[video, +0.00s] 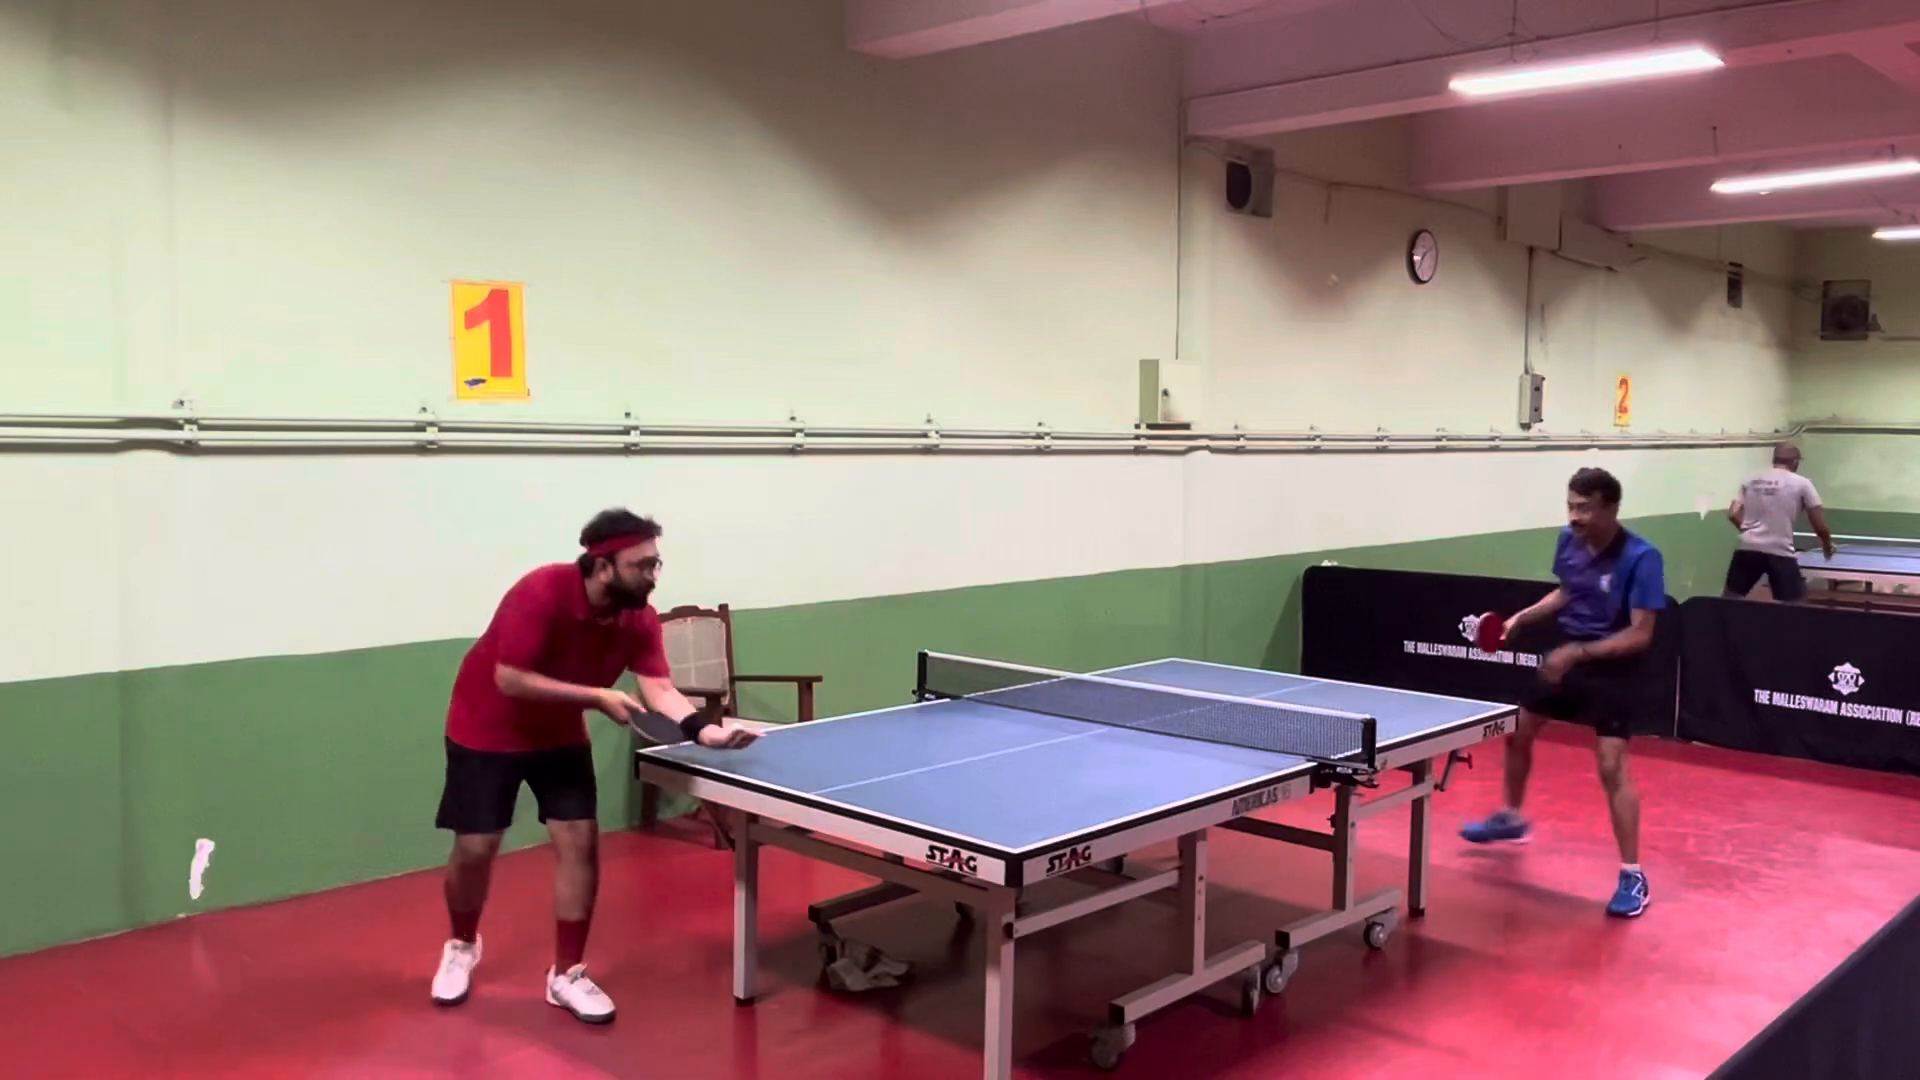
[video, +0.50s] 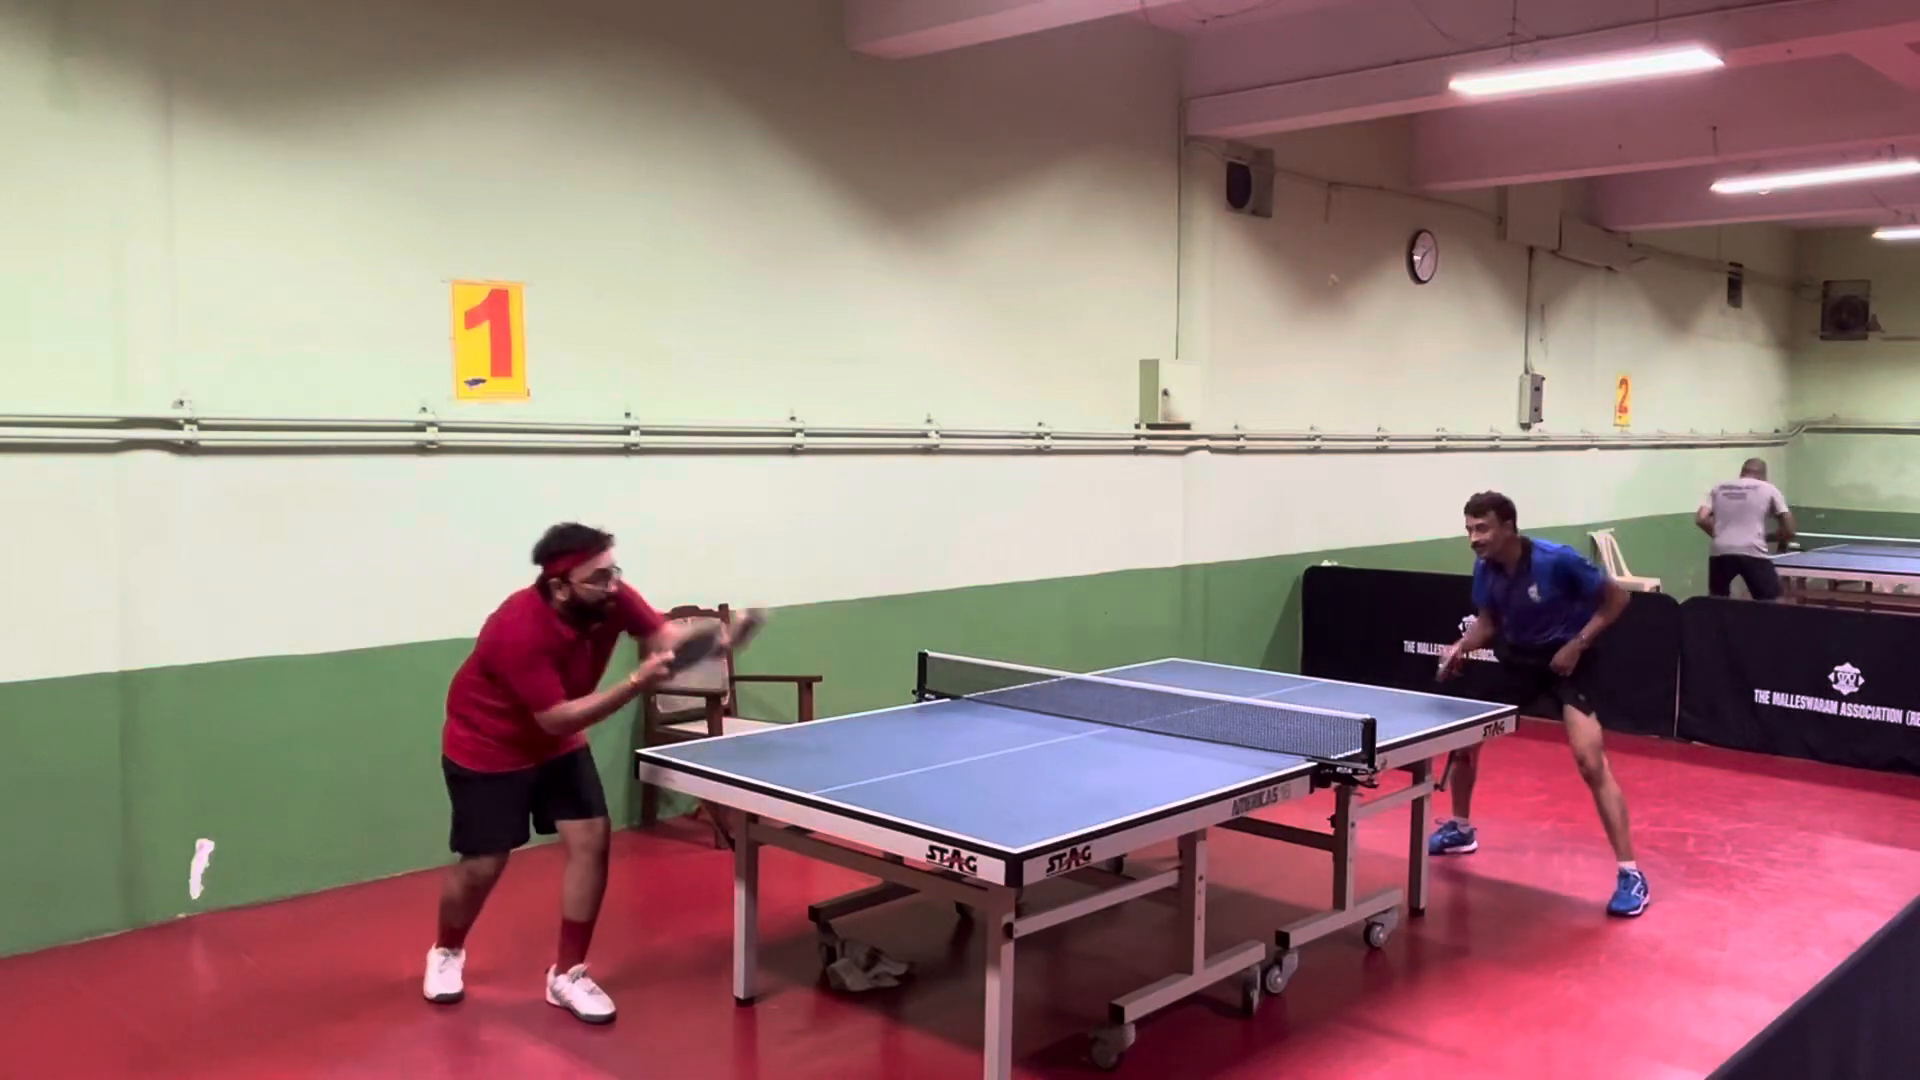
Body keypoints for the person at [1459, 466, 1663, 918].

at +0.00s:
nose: (1574, 517)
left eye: (1583, 509)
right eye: (1571, 508)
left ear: (1611, 510)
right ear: (1570, 506)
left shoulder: (1642, 559)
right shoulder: (1569, 543)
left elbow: (1641, 634)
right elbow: (1566, 593)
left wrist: (1575, 651)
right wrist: (1518, 620)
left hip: (1618, 662)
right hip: (1571, 654)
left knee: (1611, 765)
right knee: (1520, 727)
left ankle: (1631, 875)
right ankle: (1510, 815)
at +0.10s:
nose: (1551, 522)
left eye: (1559, 513)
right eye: (1547, 513)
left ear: (1587, 513)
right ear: (1544, 512)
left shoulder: (1622, 562)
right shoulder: (1546, 547)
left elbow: (1642, 632)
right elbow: (1541, 600)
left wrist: (1591, 669)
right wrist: (1498, 630)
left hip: (1604, 664)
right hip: (1554, 658)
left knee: (1602, 764)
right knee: (1515, 741)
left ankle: (1631, 875)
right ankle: (1475, 822)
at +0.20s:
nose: (1524, 526)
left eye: (1533, 518)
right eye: (1520, 518)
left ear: (1559, 518)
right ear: (1518, 518)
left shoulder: (1596, 562)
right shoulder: (1518, 558)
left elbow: (1636, 627)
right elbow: (1518, 612)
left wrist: (1592, 672)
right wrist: (1478, 642)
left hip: (1583, 667)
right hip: (1532, 665)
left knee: (1591, 765)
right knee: (1485, 744)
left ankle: (1629, 874)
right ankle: (1462, 826)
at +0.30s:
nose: (1498, 530)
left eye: (1505, 522)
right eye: (1494, 523)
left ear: (1533, 520)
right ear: (1495, 523)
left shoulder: (1575, 559)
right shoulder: (1500, 562)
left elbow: (1624, 615)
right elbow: (1496, 619)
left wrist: (1581, 664)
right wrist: (1465, 650)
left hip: (1569, 667)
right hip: (1518, 667)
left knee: (1590, 764)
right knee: (1464, 733)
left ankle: (1628, 874)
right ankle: (1459, 826)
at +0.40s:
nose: (1483, 531)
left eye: (1490, 523)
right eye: (1478, 524)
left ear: (1517, 521)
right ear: (1479, 526)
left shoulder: (1566, 558)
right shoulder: (1488, 567)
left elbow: (1621, 598)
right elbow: (1489, 622)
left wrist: (1578, 644)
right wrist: (1460, 646)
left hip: (1567, 666)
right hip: (1513, 664)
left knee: (1590, 763)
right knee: (1463, 736)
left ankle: (1629, 873)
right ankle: (1460, 827)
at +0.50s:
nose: (1474, 538)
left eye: (1481, 530)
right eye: (1470, 531)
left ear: (1509, 527)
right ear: (1471, 532)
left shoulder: (1558, 561)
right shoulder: (1484, 571)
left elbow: (1617, 596)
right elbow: (1488, 624)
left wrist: (1578, 644)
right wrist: (1459, 648)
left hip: (1567, 666)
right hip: (1514, 665)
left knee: (1590, 763)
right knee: (1463, 734)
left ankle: (1629, 874)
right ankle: (1460, 826)